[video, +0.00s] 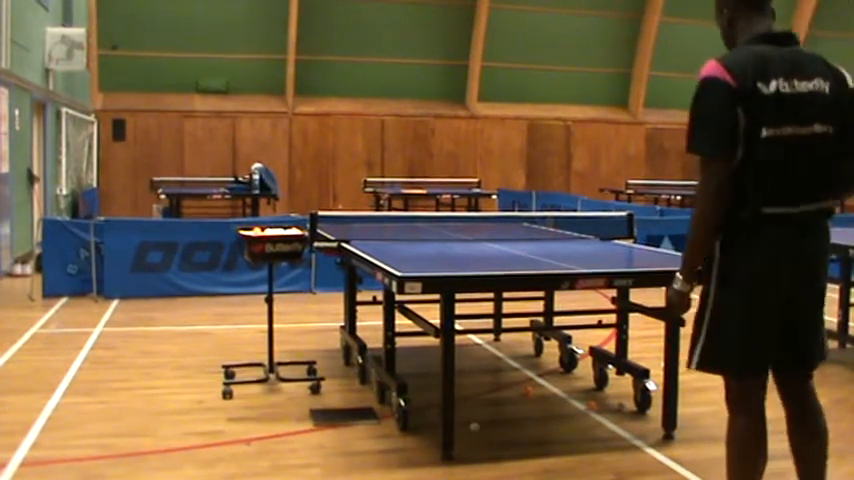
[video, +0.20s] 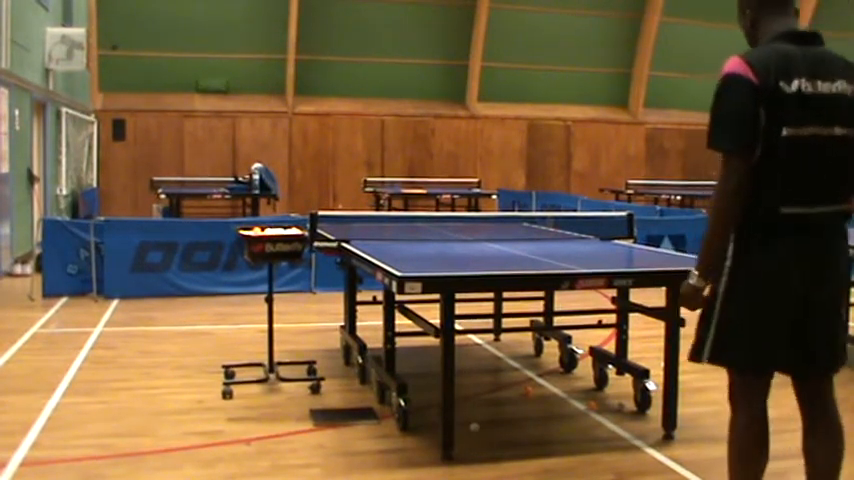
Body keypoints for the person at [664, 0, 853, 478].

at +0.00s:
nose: (718, 28)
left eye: (719, 19)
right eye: (720, 19)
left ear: (727, 16)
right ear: (772, 14)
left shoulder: (726, 75)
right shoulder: (832, 75)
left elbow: (715, 185)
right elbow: (844, 178)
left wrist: (686, 274)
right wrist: (808, 218)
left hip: (748, 250)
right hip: (810, 247)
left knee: (744, 398)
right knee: (798, 385)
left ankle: (744, 475)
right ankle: (813, 475)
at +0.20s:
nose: (742, 28)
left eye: (742, 18)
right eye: (743, 19)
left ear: (749, 15)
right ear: (795, 13)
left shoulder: (748, 70)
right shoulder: (844, 71)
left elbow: (732, 182)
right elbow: (845, 181)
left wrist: (703, 275)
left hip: (761, 259)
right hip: (827, 257)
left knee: (747, 396)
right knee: (818, 395)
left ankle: (744, 477)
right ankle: (824, 475)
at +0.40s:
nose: (762, 34)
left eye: (762, 24)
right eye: (762, 25)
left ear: (772, 19)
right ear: (815, 16)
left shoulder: (771, 68)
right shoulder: (850, 66)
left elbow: (759, 181)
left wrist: (730, 271)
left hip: (787, 261)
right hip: (843, 259)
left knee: (746, 391)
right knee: (836, 395)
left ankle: (744, 478)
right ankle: (835, 474)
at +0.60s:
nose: (774, 31)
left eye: (774, 21)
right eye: (774, 22)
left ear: (783, 17)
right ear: (825, 15)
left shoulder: (784, 67)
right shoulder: (851, 62)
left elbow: (790, 164)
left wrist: (751, 251)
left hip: (799, 254)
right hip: (847, 254)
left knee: (764, 394)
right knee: (840, 398)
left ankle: (757, 478)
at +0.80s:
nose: (776, 28)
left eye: (776, 18)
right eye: (776, 19)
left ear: (787, 16)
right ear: (827, 13)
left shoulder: (790, 65)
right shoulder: (851, 59)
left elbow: (789, 159)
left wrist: (751, 181)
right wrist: (775, 169)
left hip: (800, 248)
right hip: (848, 248)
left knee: (763, 392)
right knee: (839, 396)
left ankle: (756, 478)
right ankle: (836, 474)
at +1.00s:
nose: (771, 28)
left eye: (771, 18)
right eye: (770, 19)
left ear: (782, 15)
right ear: (822, 13)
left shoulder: (787, 67)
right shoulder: (850, 63)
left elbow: (771, 167)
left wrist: (737, 149)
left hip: (792, 246)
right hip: (845, 245)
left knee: (753, 390)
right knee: (834, 392)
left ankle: (738, 473)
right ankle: (835, 474)